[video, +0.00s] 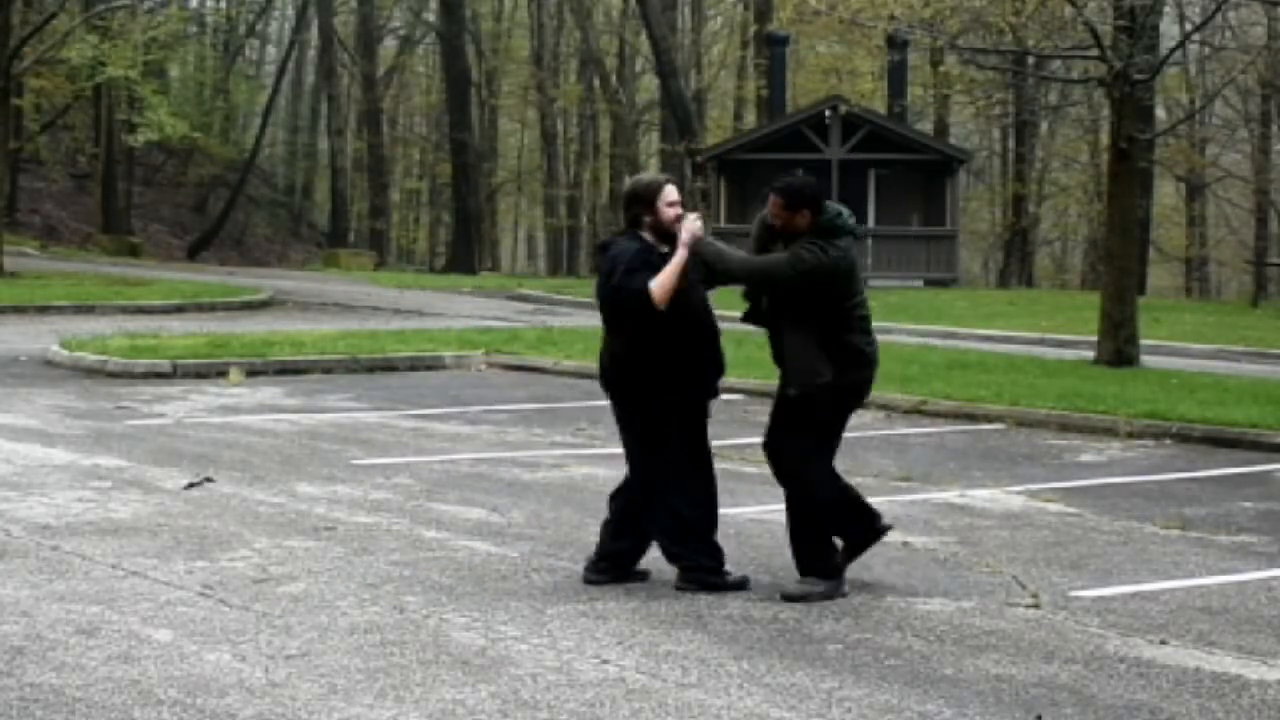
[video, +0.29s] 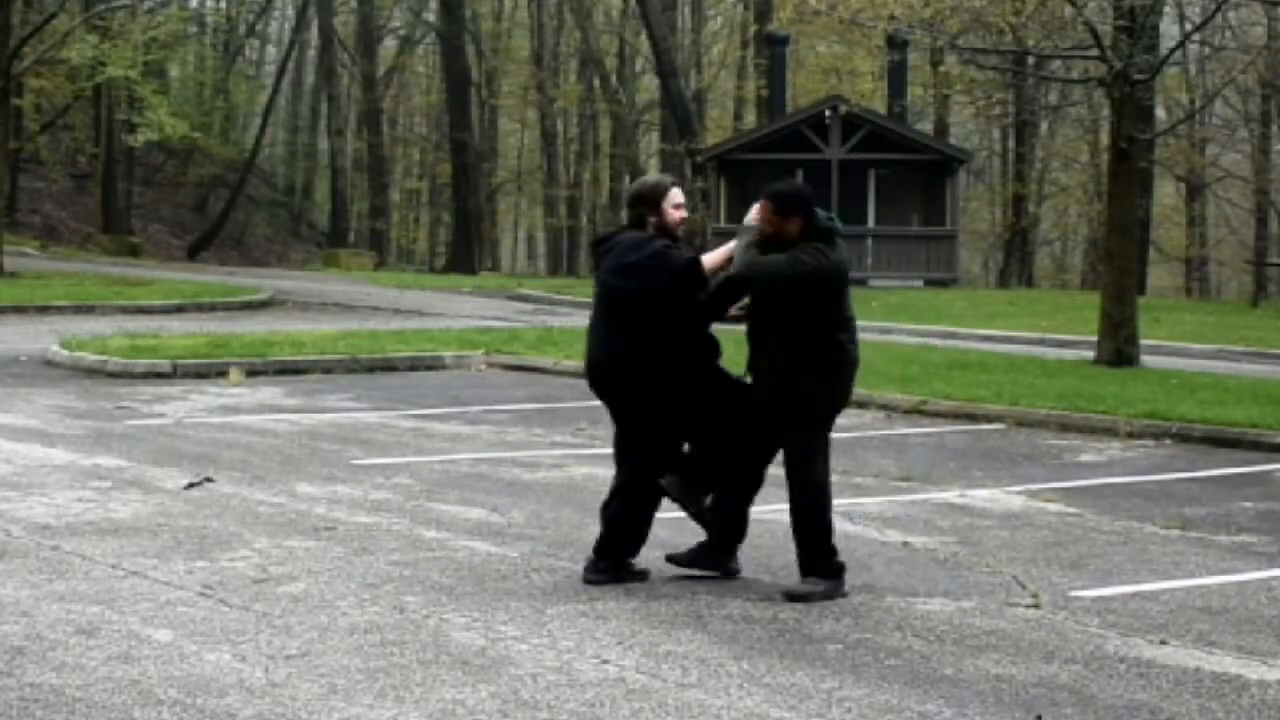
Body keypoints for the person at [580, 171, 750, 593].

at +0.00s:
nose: (680, 212)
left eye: (680, 205)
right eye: (671, 205)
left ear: (671, 211)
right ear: (646, 211)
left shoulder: (669, 251)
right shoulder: (627, 254)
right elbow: (648, 303)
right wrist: (684, 249)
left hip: (680, 384)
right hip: (649, 388)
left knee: (652, 474)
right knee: (679, 476)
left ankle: (612, 561)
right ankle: (699, 568)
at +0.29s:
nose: (684, 214)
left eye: (684, 207)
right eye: (677, 207)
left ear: (650, 215)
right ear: (651, 212)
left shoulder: (623, 250)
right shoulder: (647, 251)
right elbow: (690, 272)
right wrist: (742, 242)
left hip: (616, 373)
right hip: (645, 378)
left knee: (640, 468)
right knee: (742, 408)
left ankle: (611, 558)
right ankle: (694, 479)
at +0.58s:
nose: (701, 215)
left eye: (700, 207)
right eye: (693, 207)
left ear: (670, 212)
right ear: (669, 211)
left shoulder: (670, 250)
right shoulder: (648, 250)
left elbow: (673, 308)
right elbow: (677, 301)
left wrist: (707, 324)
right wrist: (724, 264)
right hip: (630, 372)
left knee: (634, 460)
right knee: (722, 419)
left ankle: (611, 556)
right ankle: (669, 496)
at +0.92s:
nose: (713, 220)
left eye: (715, 210)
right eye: (707, 210)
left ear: (673, 213)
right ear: (686, 215)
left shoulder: (650, 246)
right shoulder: (681, 254)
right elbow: (678, 315)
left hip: (621, 365)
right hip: (650, 372)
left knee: (634, 459)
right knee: (674, 458)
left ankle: (614, 554)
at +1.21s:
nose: (654, 260)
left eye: (661, 250)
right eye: (650, 251)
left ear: (688, 244)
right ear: (651, 249)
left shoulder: (727, 288)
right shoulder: (672, 280)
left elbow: (710, 364)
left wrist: (656, 352)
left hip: (766, 392)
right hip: (721, 390)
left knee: (783, 479)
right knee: (667, 461)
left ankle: (845, 573)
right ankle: (681, 557)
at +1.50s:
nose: (646, 256)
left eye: (652, 246)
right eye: (643, 248)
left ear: (679, 237)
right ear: (652, 243)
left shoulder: (720, 272)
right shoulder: (660, 276)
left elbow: (676, 320)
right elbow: (626, 305)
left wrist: (612, 307)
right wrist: (598, 301)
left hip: (766, 390)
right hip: (709, 396)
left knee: (814, 470)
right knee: (663, 455)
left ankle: (878, 560)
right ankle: (678, 560)